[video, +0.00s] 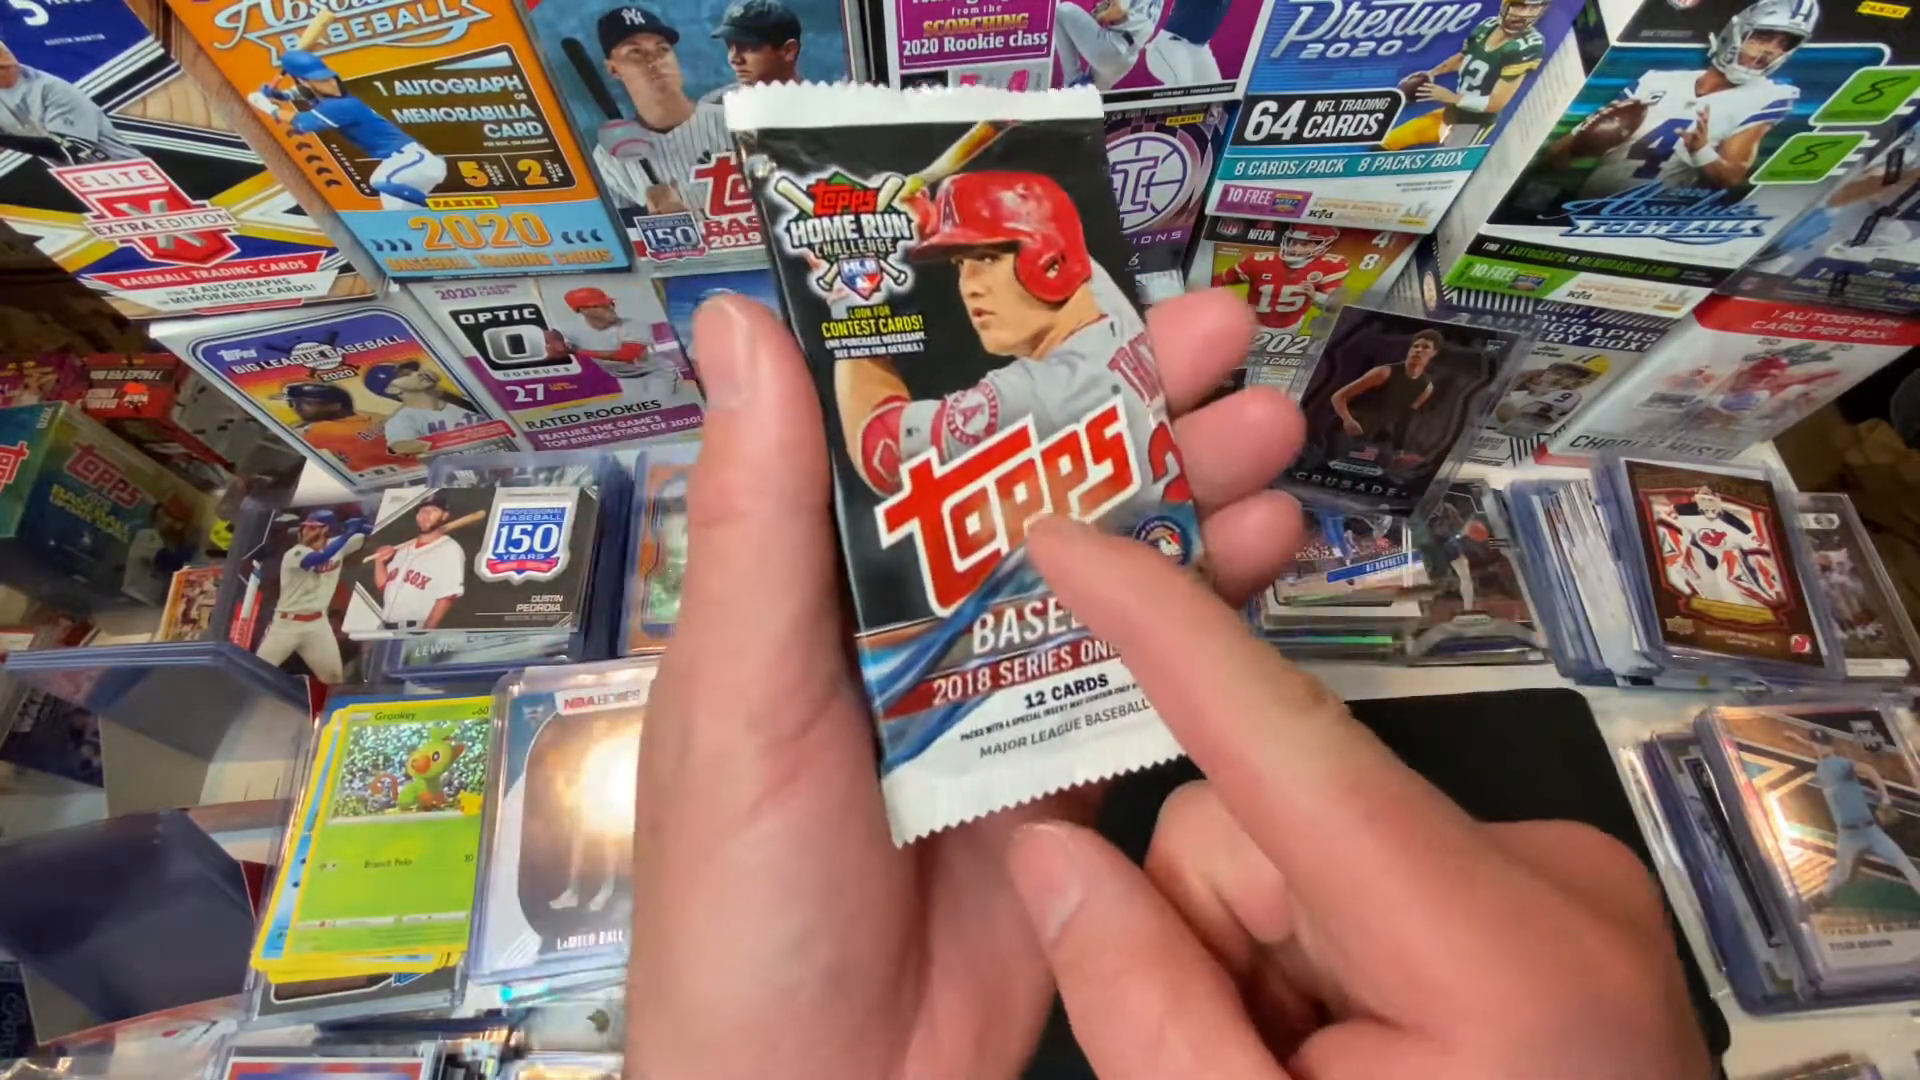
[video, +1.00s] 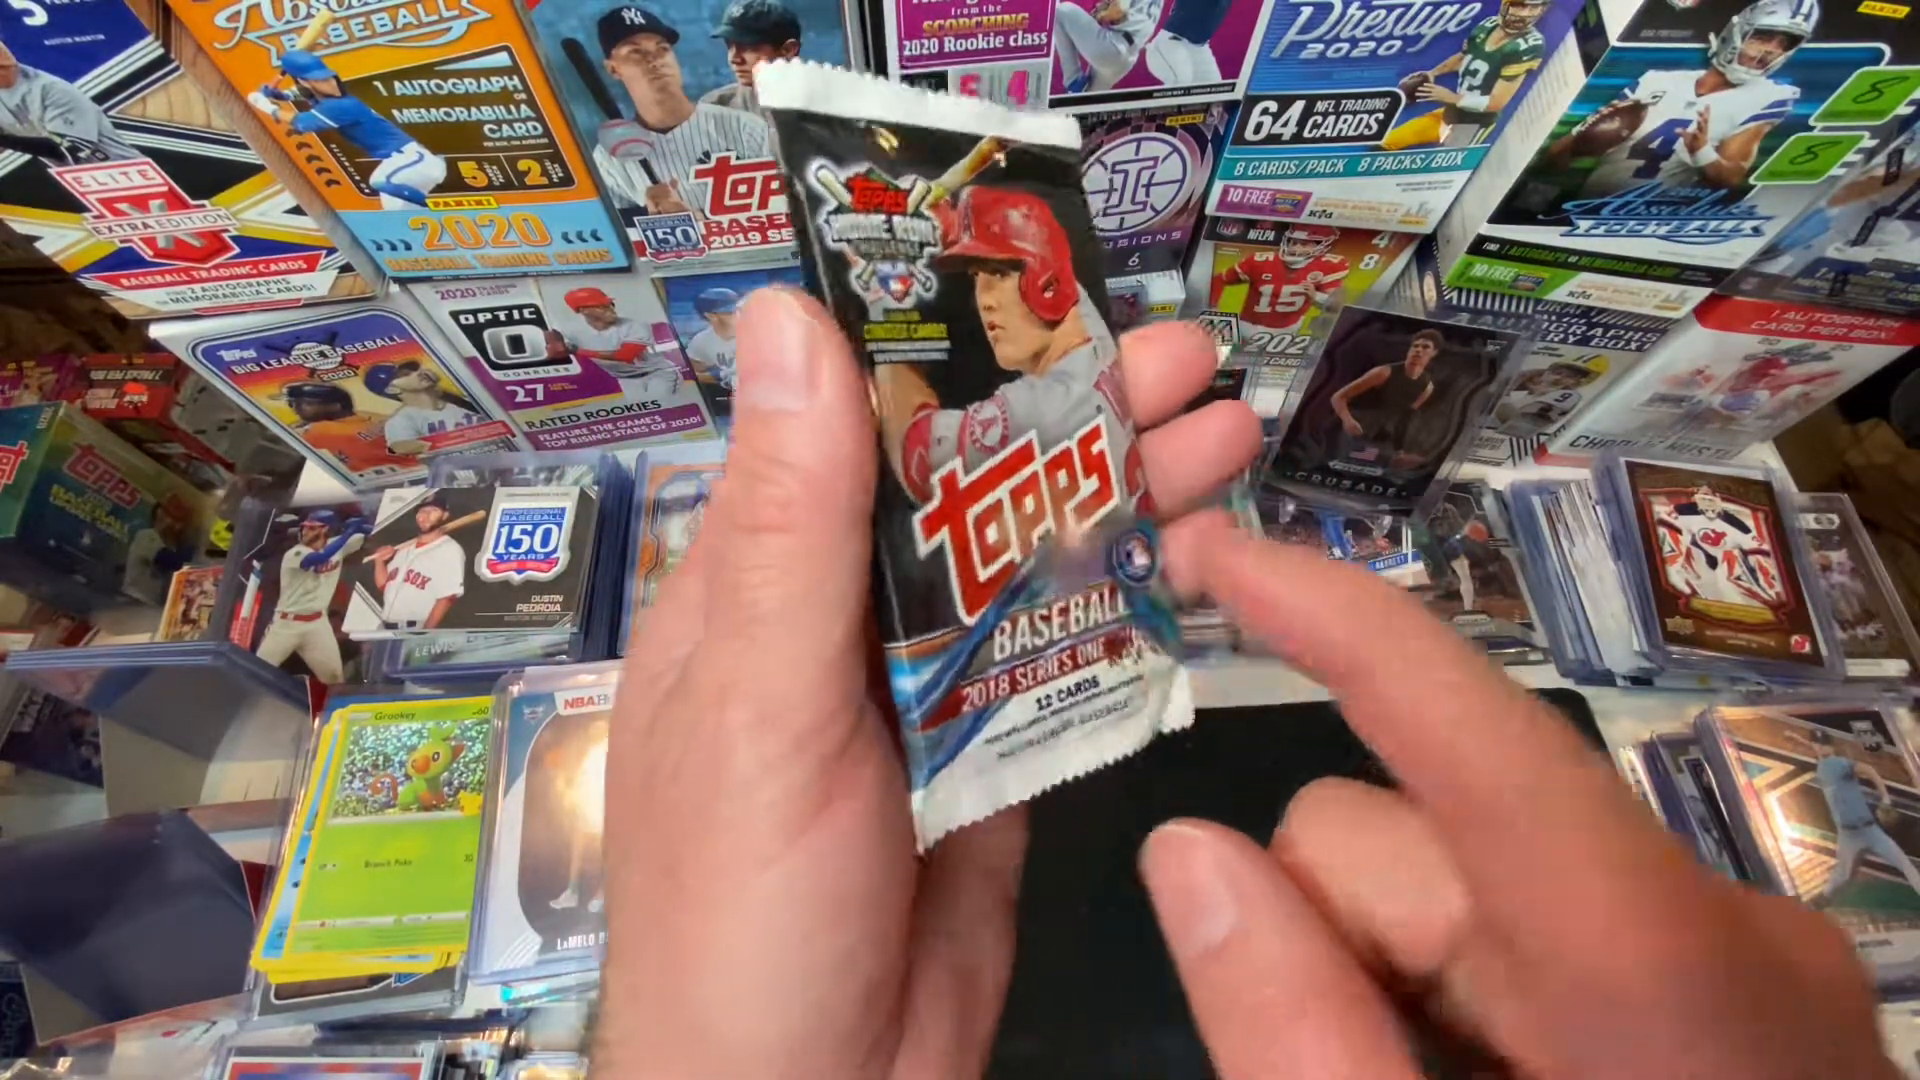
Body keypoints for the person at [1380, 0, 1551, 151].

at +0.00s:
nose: (1517, 17)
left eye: (1528, 11)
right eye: (1513, 8)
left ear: (1541, 12)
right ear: (1503, 5)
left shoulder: (1527, 47)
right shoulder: (1486, 26)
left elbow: (1495, 103)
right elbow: (1463, 58)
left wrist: (1449, 97)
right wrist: (1432, 73)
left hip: (1478, 123)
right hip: (1452, 111)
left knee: (1441, 174)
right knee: (1388, 141)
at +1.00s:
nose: (1520, 14)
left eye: (1530, 7)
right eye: (1516, 5)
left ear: (1542, 11)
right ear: (1504, 5)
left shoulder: (1527, 47)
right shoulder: (1487, 26)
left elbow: (1496, 103)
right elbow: (1463, 58)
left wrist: (1450, 97)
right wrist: (1432, 73)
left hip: (1477, 123)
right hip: (1452, 111)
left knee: (1441, 175)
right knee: (1387, 141)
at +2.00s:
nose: (1520, 13)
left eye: (1530, 7)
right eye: (1515, 5)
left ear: (1542, 11)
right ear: (1503, 4)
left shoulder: (1528, 47)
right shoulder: (1487, 26)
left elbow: (1496, 103)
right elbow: (1463, 58)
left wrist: (1451, 97)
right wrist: (1431, 73)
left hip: (1478, 122)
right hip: (1452, 110)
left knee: (1442, 172)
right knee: (1389, 141)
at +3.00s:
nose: (1518, 14)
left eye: (1529, 8)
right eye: (1514, 6)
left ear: (1542, 11)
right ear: (1504, 5)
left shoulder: (1527, 47)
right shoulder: (1487, 26)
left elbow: (1496, 104)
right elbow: (1463, 57)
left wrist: (1450, 98)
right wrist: (1431, 73)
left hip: (1478, 123)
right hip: (1452, 111)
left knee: (1443, 174)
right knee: (1388, 141)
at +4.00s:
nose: (1520, 13)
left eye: (1530, 7)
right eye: (1515, 5)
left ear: (1541, 11)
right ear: (1504, 5)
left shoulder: (1528, 47)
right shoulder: (1487, 26)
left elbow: (1496, 103)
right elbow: (1463, 57)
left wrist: (1450, 97)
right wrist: (1431, 73)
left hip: (1478, 123)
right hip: (1452, 111)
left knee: (1442, 172)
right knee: (1388, 141)